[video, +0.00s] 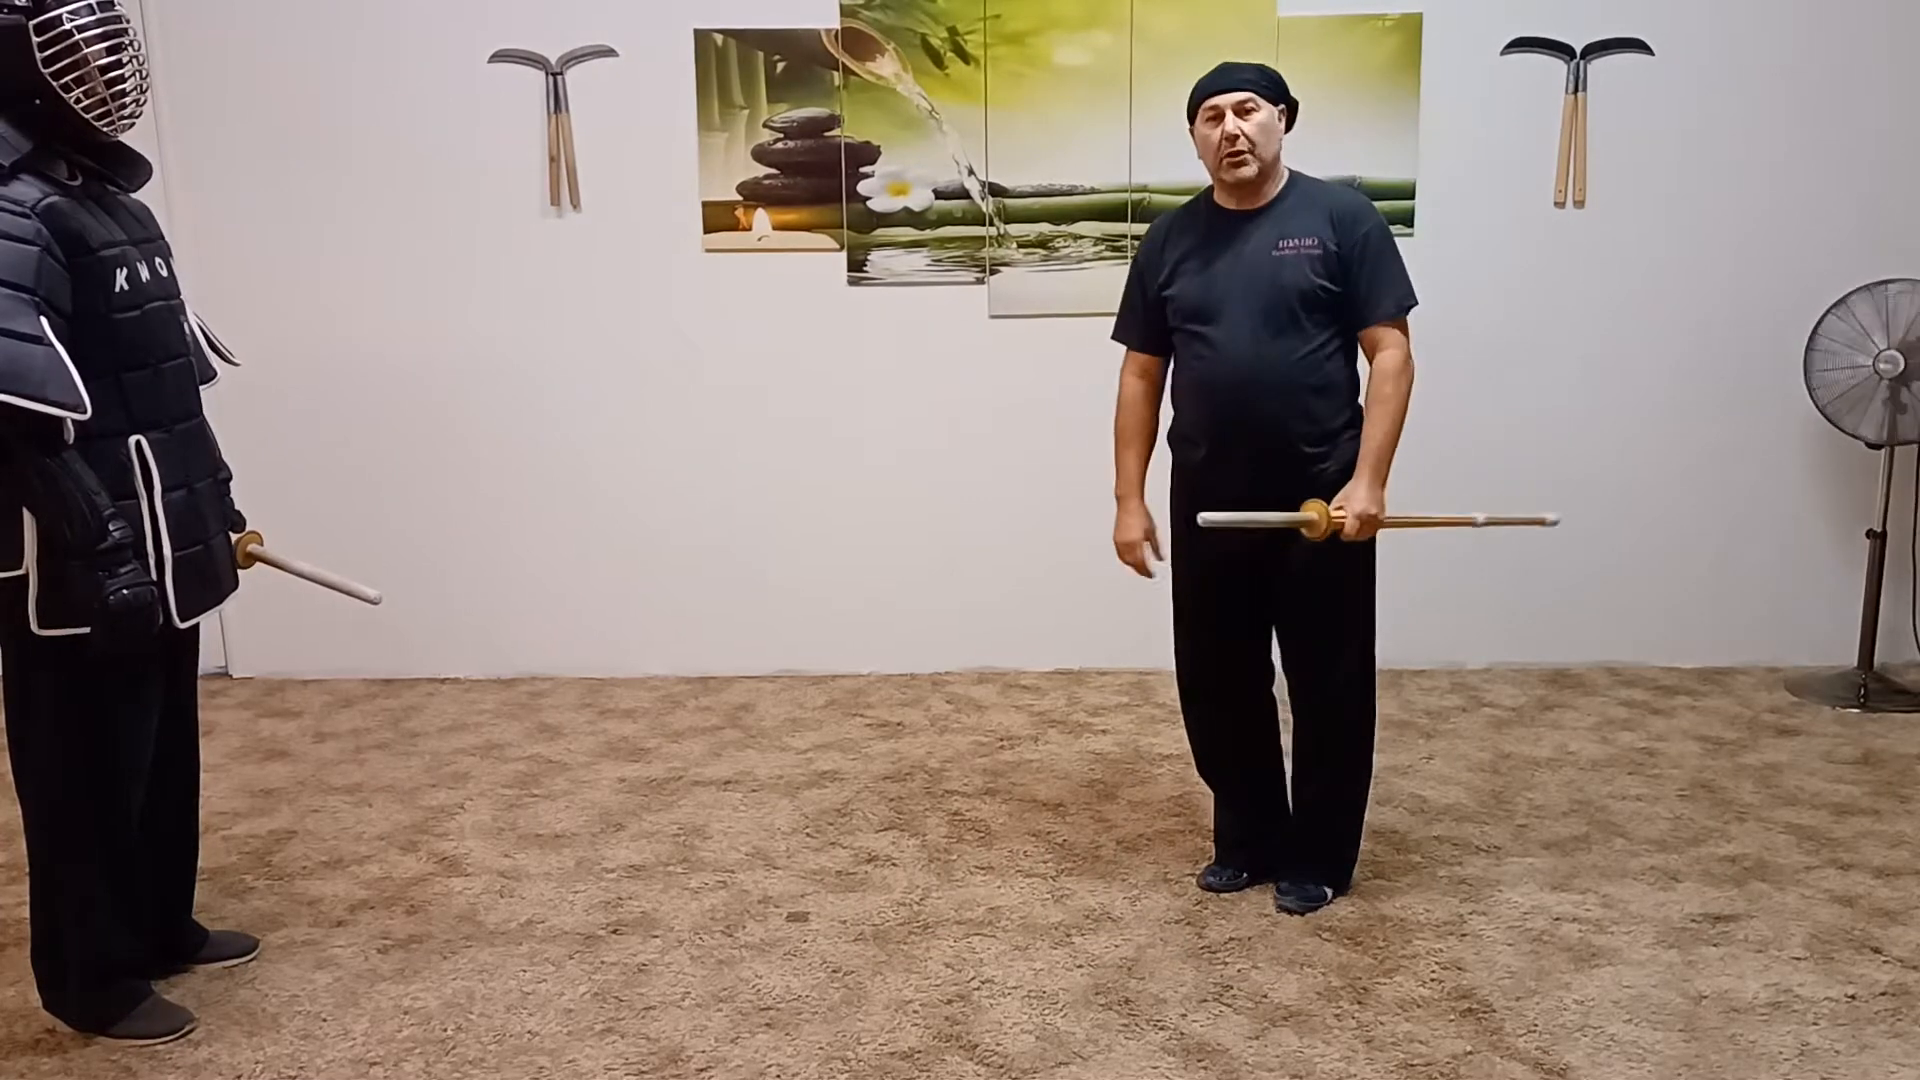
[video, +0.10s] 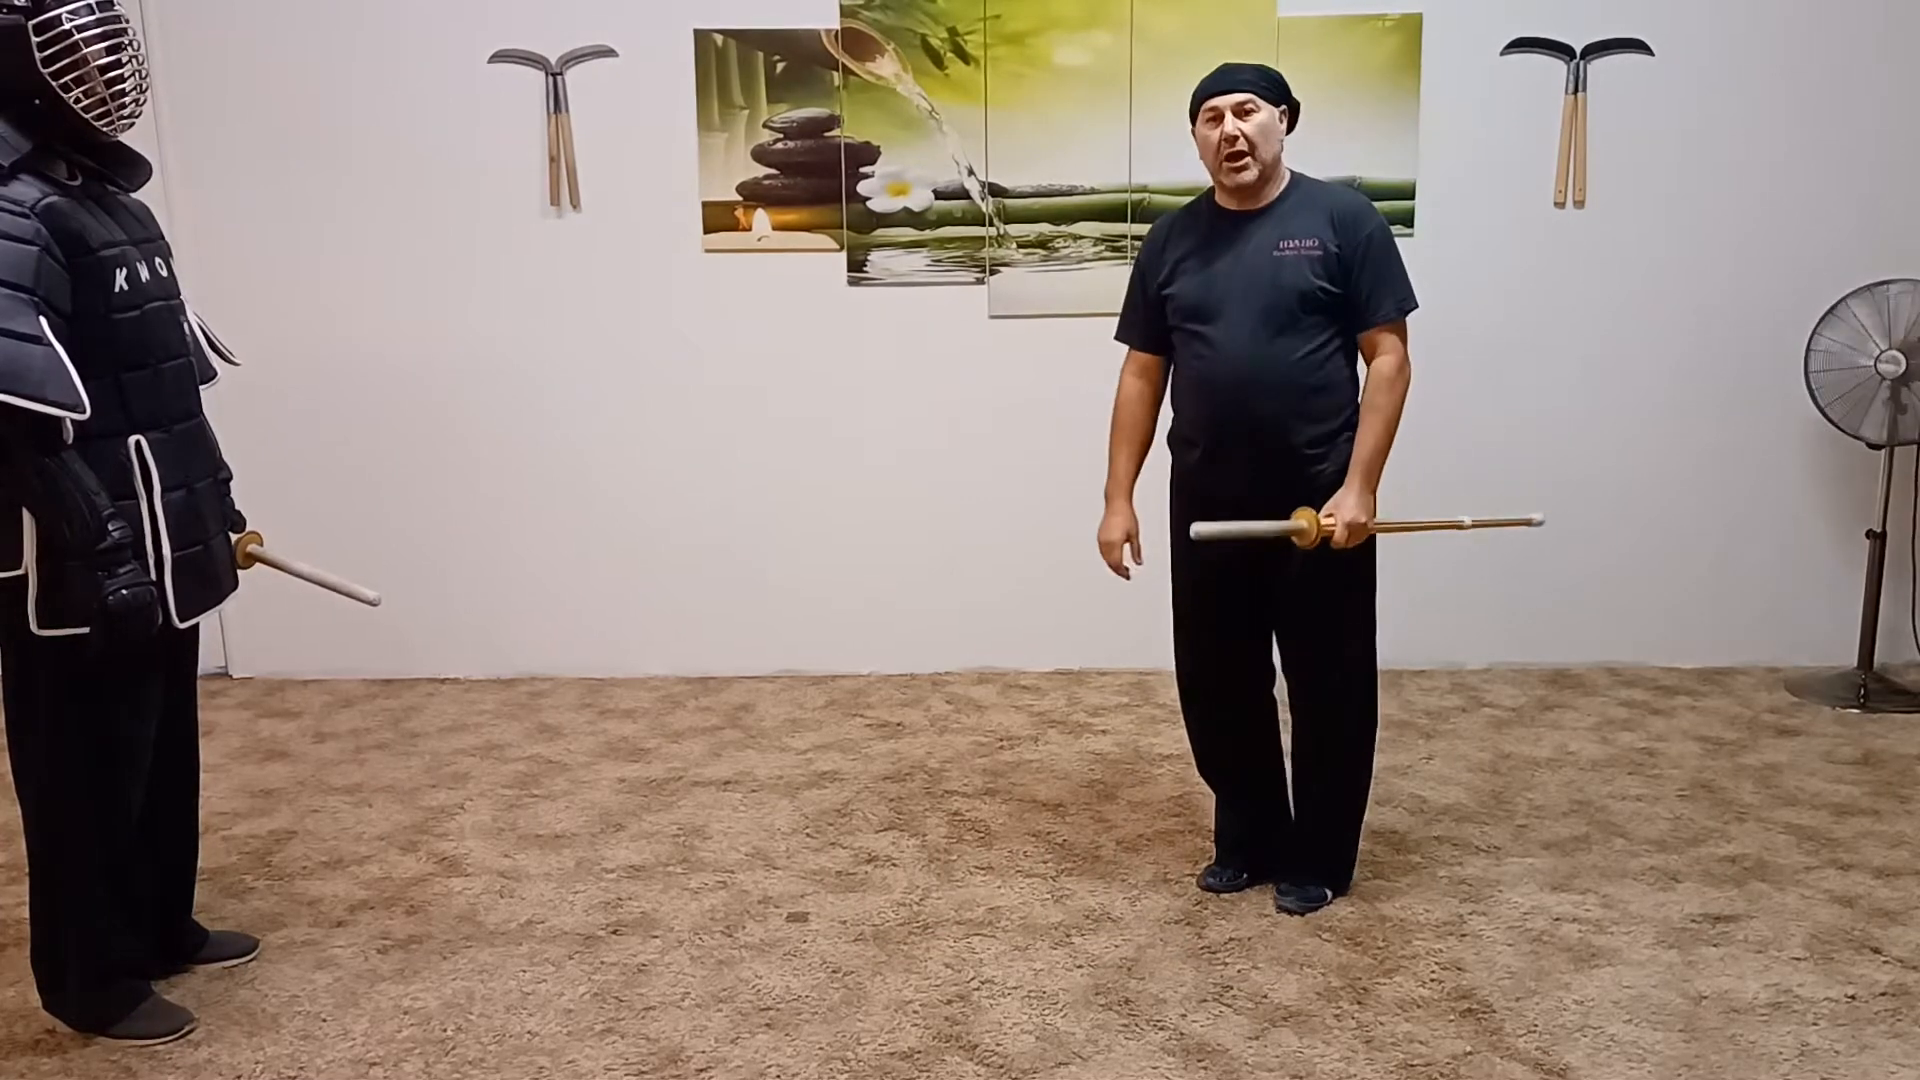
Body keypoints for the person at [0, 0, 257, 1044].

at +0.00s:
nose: (124, 66)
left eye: (120, 47)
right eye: (100, 48)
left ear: (98, 68)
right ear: (46, 67)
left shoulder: (120, 199)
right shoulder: (21, 206)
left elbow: (174, 380)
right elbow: (22, 398)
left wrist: (218, 506)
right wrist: (98, 537)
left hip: (158, 541)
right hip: (70, 553)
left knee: (159, 750)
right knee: (85, 770)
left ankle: (161, 932)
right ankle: (88, 982)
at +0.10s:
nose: (125, 70)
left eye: (121, 50)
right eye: (101, 52)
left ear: (98, 70)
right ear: (47, 68)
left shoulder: (121, 200)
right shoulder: (20, 207)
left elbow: (174, 382)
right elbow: (22, 402)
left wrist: (219, 507)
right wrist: (101, 538)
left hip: (159, 542)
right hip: (71, 552)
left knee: (160, 751)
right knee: (84, 771)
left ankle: (162, 933)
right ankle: (88, 982)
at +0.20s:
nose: (124, 72)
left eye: (120, 53)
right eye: (100, 55)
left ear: (99, 70)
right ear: (46, 70)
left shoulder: (121, 200)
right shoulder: (20, 208)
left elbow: (174, 381)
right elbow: (22, 402)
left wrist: (219, 506)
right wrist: (99, 536)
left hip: (159, 542)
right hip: (71, 555)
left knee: (160, 752)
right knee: (85, 772)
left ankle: (161, 932)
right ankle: (88, 982)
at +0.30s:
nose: (124, 78)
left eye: (121, 57)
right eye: (100, 60)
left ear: (100, 71)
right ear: (44, 74)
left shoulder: (122, 201)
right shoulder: (19, 210)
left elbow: (174, 381)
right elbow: (22, 404)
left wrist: (219, 506)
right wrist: (100, 536)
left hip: (159, 541)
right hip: (71, 554)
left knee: (160, 751)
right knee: (84, 771)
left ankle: (161, 933)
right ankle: (88, 982)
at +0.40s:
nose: (124, 83)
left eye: (121, 63)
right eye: (101, 66)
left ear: (97, 77)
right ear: (50, 79)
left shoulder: (122, 203)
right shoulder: (19, 211)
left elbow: (175, 382)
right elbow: (23, 404)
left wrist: (218, 508)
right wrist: (98, 538)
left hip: (158, 544)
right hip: (69, 557)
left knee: (160, 752)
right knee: (84, 772)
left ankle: (161, 933)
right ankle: (88, 982)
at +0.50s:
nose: (118, 76)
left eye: (116, 56)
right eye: (93, 59)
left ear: (107, 72)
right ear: (40, 75)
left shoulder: (121, 202)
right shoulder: (20, 211)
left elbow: (173, 381)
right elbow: (24, 404)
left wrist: (218, 506)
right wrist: (97, 538)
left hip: (158, 543)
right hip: (70, 557)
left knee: (160, 752)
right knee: (85, 772)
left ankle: (161, 933)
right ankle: (88, 982)